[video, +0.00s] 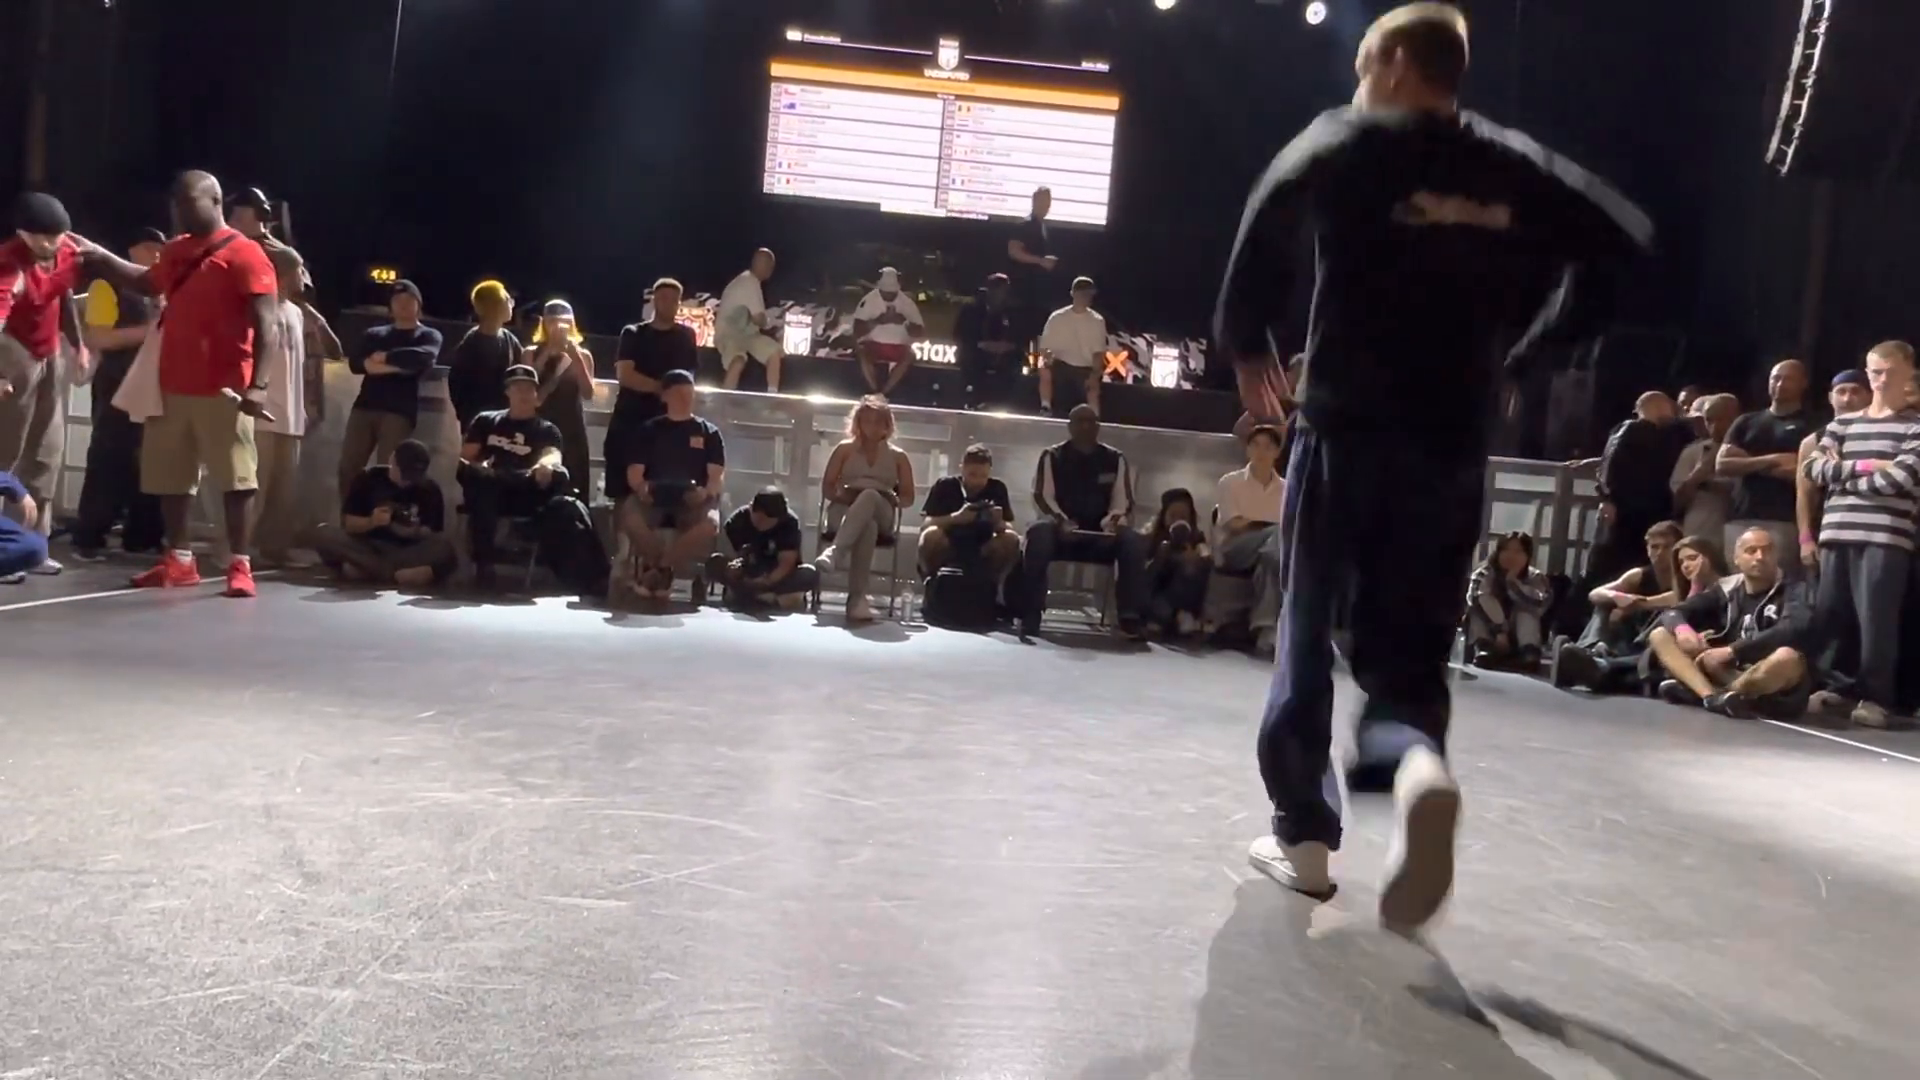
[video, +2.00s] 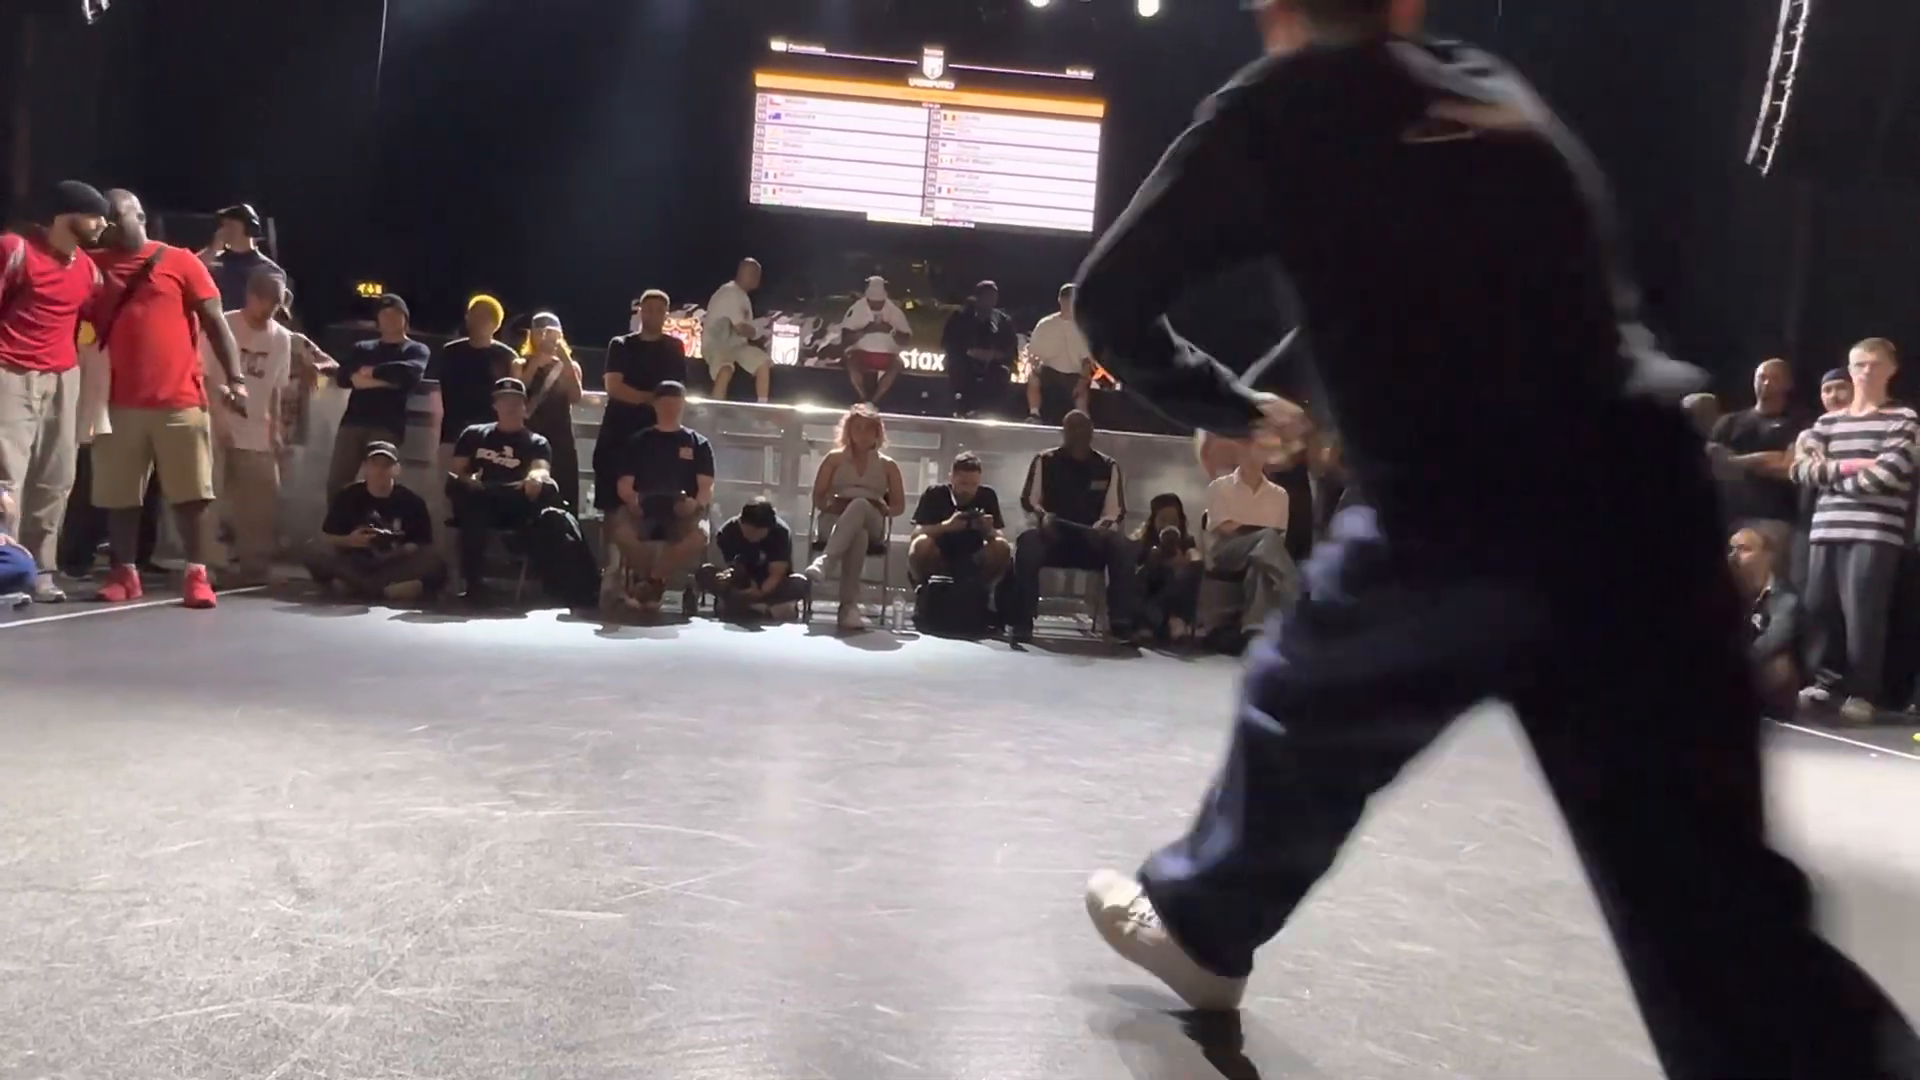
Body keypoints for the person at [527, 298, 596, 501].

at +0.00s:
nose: (559, 327)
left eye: (565, 321)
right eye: (553, 321)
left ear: (573, 325)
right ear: (544, 324)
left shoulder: (583, 356)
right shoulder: (531, 354)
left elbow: (588, 393)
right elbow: (532, 399)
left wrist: (576, 358)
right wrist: (557, 373)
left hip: (572, 430)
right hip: (540, 429)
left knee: (575, 490)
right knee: (539, 490)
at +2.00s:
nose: (547, 337)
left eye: (552, 331)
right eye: (541, 332)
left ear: (560, 335)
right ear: (532, 335)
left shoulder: (569, 366)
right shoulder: (521, 364)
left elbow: (575, 396)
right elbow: (515, 394)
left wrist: (564, 356)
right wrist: (535, 364)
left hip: (560, 436)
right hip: (529, 434)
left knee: (565, 495)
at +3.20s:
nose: (533, 362)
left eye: (538, 357)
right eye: (528, 357)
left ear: (546, 363)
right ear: (519, 363)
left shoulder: (554, 391)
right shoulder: (514, 390)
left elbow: (565, 397)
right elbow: (504, 397)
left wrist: (550, 361)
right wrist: (521, 360)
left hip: (550, 458)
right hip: (521, 459)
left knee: (558, 514)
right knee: (522, 512)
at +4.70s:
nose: (545, 361)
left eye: (551, 356)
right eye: (540, 356)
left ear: (560, 363)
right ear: (532, 362)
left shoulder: (571, 393)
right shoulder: (524, 393)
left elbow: (578, 418)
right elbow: (516, 422)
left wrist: (566, 384)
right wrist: (534, 386)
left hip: (563, 467)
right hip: (532, 468)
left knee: (570, 526)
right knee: (533, 526)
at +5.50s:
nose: (558, 356)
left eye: (563, 351)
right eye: (553, 350)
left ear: (572, 355)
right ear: (545, 354)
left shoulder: (584, 386)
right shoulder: (535, 384)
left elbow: (592, 427)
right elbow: (532, 426)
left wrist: (574, 409)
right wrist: (553, 411)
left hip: (574, 454)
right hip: (544, 453)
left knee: (581, 513)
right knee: (543, 512)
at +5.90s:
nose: (564, 352)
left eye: (570, 347)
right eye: (559, 346)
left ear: (577, 351)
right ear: (550, 349)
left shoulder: (589, 383)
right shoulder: (538, 382)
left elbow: (601, 426)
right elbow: (533, 425)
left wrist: (579, 414)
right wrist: (552, 416)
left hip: (579, 450)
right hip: (547, 449)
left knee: (585, 509)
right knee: (547, 509)